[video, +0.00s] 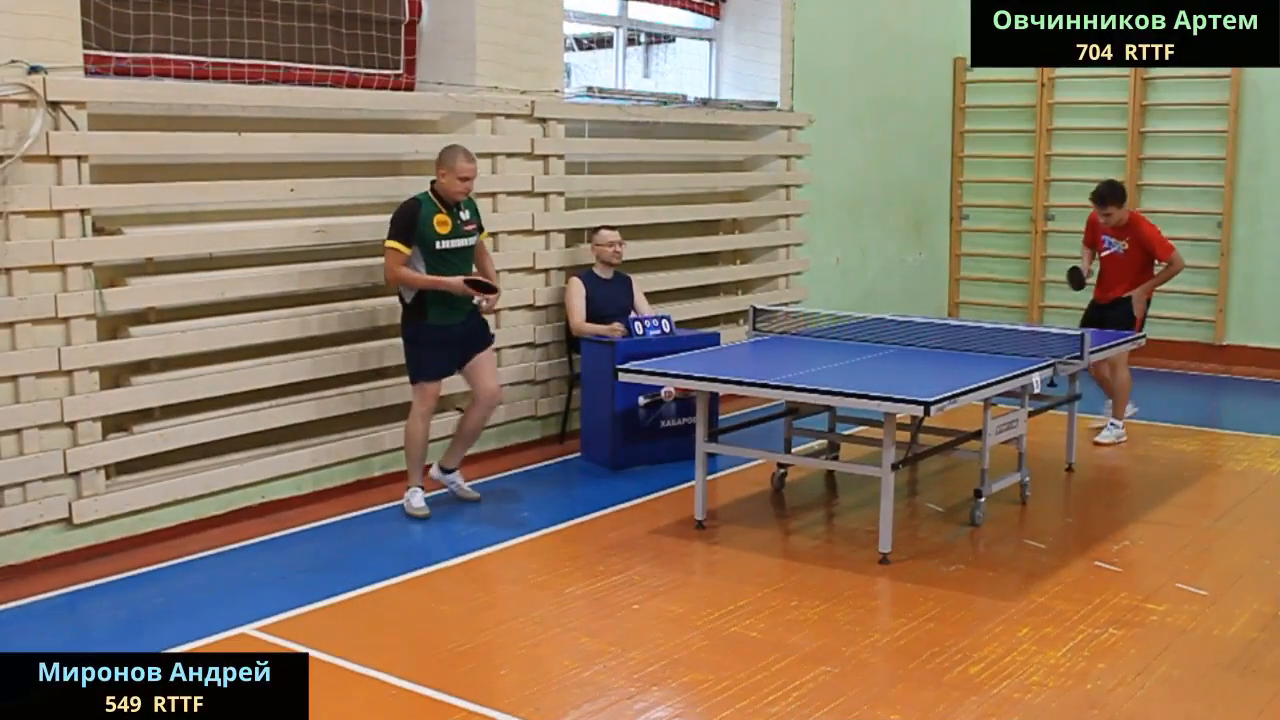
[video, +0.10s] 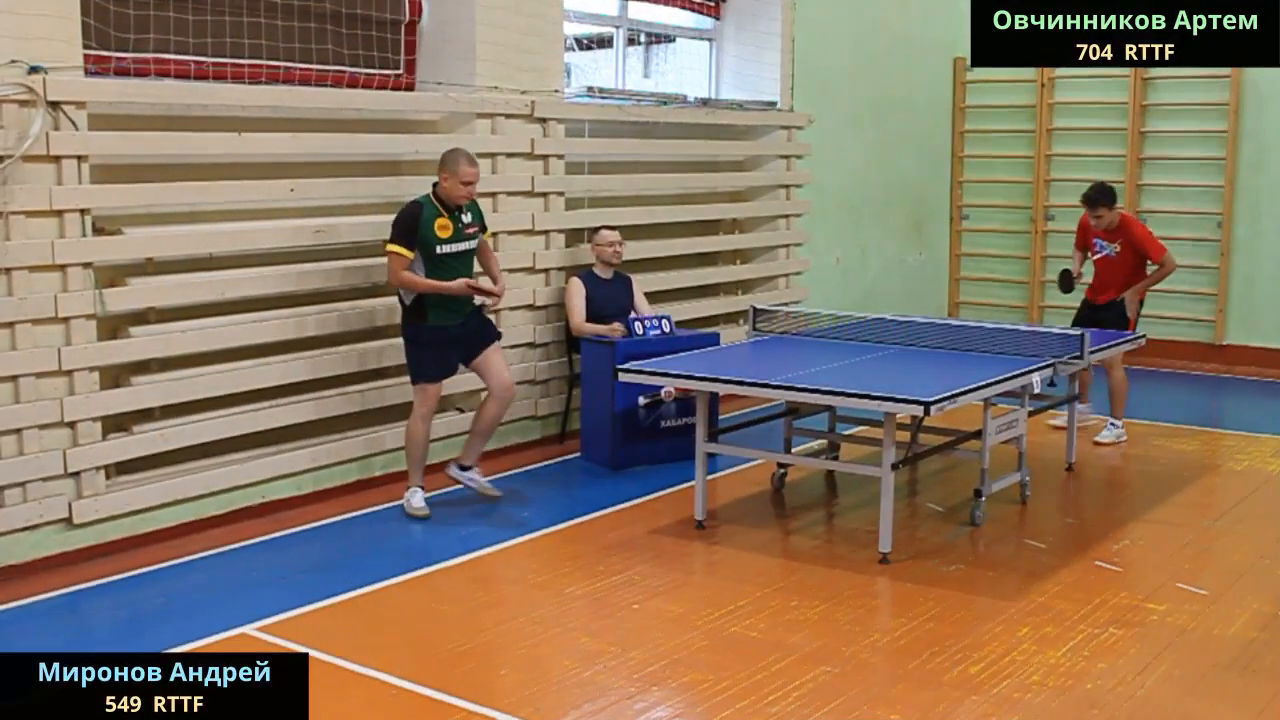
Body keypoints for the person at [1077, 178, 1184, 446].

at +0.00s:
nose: (1102, 219)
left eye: (1107, 215)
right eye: (1099, 214)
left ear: (1123, 208)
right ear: (1095, 208)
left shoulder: (1141, 228)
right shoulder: (1096, 221)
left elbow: (1177, 263)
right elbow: (1088, 247)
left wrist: (1142, 291)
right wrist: (1086, 267)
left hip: (1128, 302)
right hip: (1100, 300)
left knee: (1117, 361)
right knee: (1091, 358)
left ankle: (1117, 423)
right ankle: (1121, 402)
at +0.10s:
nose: (1093, 222)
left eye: (1098, 217)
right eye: (1090, 216)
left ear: (1115, 210)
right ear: (1087, 211)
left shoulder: (1134, 230)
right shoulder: (1087, 222)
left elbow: (1169, 265)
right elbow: (1081, 248)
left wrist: (1137, 290)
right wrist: (1077, 267)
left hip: (1121, 303)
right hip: (1093, 300)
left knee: (1112, 361)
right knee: (1076, 352)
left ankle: (1117, 424)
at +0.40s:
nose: (1060, 229)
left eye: (1065, 224)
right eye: (1057, 224)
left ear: (1081, 217)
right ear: (1053, 219)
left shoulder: (1102, 234)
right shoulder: (1052, 237)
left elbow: (1143, 259)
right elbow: (1046, 266)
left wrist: (1117, 290)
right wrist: (1044, 283)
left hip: (1102, 304)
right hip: (1070, 301)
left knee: (1105, 360)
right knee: (1051, 355)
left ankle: (1116, 424)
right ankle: (1047, 412)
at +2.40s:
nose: (1076, 224)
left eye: (1083, 219)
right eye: (1073, 218)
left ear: (1097, 217)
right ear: (1070, 216)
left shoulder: (1114, 236)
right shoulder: (1060, 240)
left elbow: (1149, 259)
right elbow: (1047, 274)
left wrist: (1125, 292)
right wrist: (1054, 289)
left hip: (1109, 310)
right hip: (1072, 311)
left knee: (1131, 357)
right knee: (1049, 358)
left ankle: (1140, 420)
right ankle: (1048, 411)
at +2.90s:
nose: (1069, 221)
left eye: (1074, 216)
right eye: (1066, 215)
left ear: (1090, 213)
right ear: (1063, 212)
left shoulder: (1110, 236)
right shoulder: (1056, 238)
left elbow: (1147, 262)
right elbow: (1020, 260)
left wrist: (1150, 297)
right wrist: (1016, 280)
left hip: (1114, 315)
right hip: (1073, 313)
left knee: (1136, 365)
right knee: (1036, 354)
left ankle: (1156, 419)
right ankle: (1018, 410)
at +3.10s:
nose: (1042, 242)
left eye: (1048, 237)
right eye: (1039, 236)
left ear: (1061, 232)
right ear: (1034, 228)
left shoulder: (1077, 244)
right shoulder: (1022, 240)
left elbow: (1111, 263)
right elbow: (982, 254)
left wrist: (1133, 296)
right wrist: (996, 272)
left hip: (1080, 314)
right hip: (1041, 314)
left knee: (1106, 360)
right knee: (1012, 357)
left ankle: (1141, 416)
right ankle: (1016, 412)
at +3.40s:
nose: (1046, 211)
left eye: (1053, 206)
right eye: (1043, 204)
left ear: (1065, 204)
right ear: (1038, 197)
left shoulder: (1075, 219)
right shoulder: (1025, 215)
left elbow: (1096, 245)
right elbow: (996, 233)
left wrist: (1111, 278)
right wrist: (1004, 243)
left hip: (1070, 292)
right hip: (1034, 294)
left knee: (1097, 348)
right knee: (1019, 349)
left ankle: (1119, 404)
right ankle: (1016, 407)